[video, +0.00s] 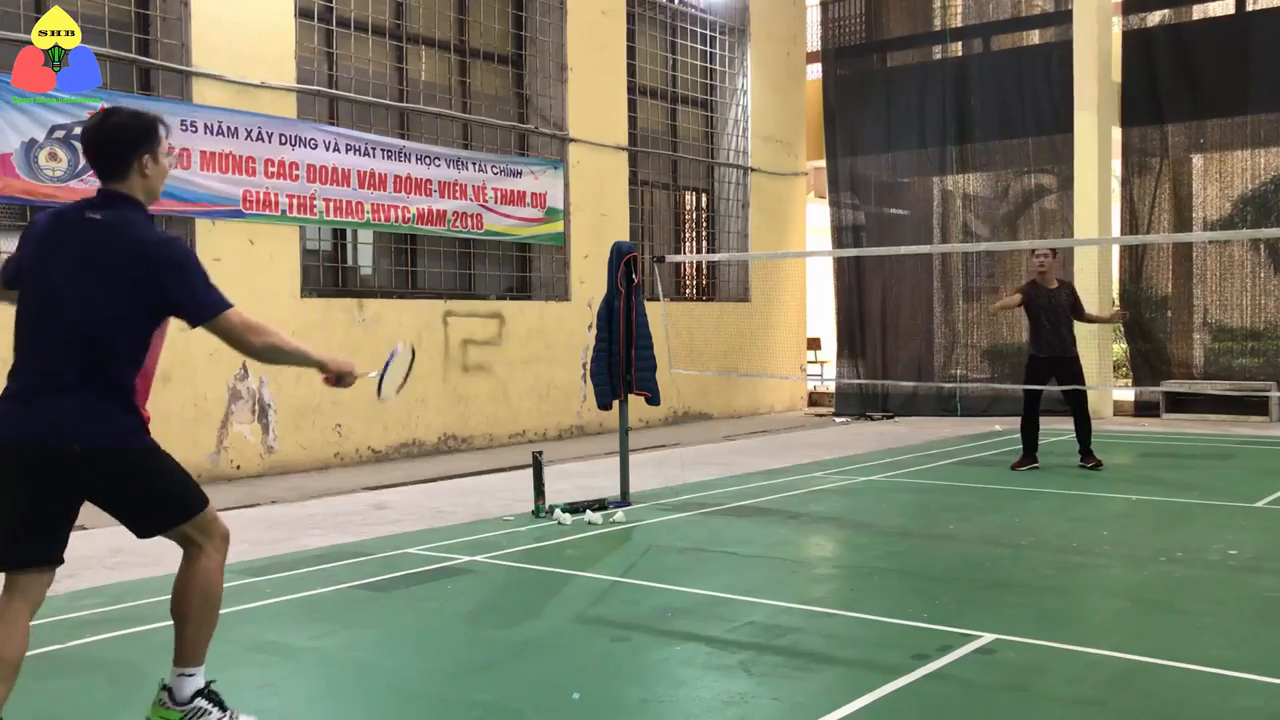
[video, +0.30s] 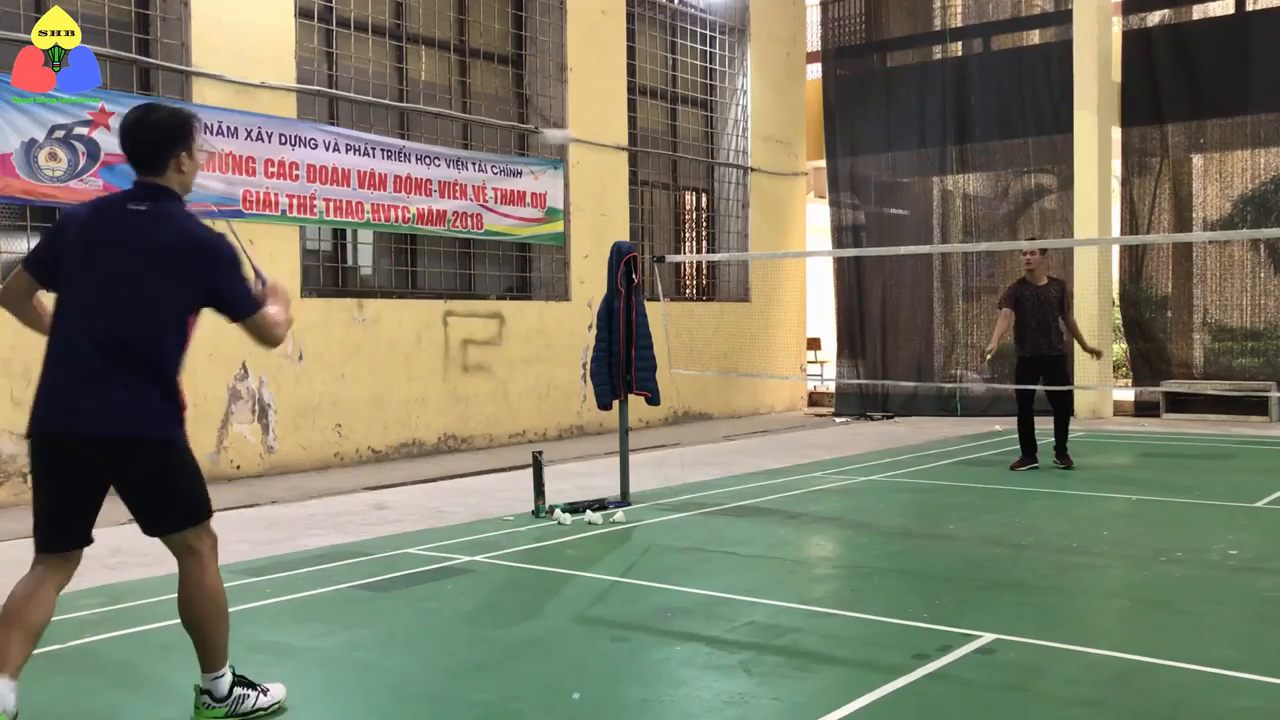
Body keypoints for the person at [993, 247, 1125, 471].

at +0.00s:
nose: (1040, 260)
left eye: (1045, 256)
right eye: (1037, 256)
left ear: (1055, 260)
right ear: (1033, 261)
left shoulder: (1067, 289)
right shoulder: (1029, 290)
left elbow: (1080, 316)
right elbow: (1014, 300)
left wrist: (1109, 318)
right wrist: (1002, 304)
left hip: (1067, 358)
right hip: (1039, 358)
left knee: (1080, 406)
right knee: (1030, 406)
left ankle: (1087, 454)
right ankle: (1029, 455)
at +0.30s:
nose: (1027, 258)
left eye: (1032, 253)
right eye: (1024, 254)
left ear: (1042, 256)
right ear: (1021, 258)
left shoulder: (1059, 287)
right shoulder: (1015, 290)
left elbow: (1069, 319)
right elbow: (1005, 317)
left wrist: (1085, 346)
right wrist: (994, 340)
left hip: (1055, 356)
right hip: (1027, 357)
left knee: (1062, 406)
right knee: (1024, 407)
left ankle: (1061, 453)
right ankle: (1028, 456)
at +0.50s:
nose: (1032, 257)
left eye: (1038, 253)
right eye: (1029, 253)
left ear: (1048, 256)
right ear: (1025, 257)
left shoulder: (1062, 287)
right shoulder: (1018, 288)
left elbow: (1069, 321)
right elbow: (996, 314)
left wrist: (1079, 350)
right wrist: (1011, 313)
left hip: (1056, 357)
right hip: (1028, 357)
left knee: (1057, 409)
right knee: (1025, 409)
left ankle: (1052, 456)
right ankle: (1028, 456)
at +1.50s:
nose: (1034, 257)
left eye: (1039, 253)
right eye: (1031, 253)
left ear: (1051, 256)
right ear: (1029, 257)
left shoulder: (1064, 287)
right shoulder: (1023, 287)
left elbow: (1074, 321)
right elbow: (1003, 306)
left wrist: (1087, 350)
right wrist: (1022, 284)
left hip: (1056, 357)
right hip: (1028, 356)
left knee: (1056, 409)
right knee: (1018, 405)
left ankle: (1052, 456)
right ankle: (1016, 455)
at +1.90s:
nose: (1031, 255)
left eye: (1036, 251)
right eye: (1028, 252)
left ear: (1045, 255)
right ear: (1024, 256)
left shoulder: (1056, 288)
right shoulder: (1016, 284)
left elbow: (1063, 322)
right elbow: (1009, 300)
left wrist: (1078, 349)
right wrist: (1008, 305)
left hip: (1050, 354)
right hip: (1022, 354)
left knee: (1060, 402)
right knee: (1016, 405)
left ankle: (1056, 450)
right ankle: (1016, 456)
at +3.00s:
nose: (1020, 257)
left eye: (1025, 253)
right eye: (1017, 254)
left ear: (1036, 258)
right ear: (1014, 260)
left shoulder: (1054, 285)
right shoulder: (1011, 291)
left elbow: (1069, 317)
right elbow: (1000, 316)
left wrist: (1087, 344)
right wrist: (998, 330)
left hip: (1056, 355)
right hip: (1028, 357)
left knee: (1062, 405)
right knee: (1026, 407)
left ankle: (1058, 453)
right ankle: (1029, 457)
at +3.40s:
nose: (1038, 257)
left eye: (1043, 253)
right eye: (1034, 253)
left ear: (1053, 257)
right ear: (1030, 258)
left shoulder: (1066, 287)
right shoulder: (1024, 287)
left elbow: (1074, 322)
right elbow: (1001, 314)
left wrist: (1083, 353)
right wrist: (1020, 304)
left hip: (1060, 356)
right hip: (1031, 356)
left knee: (1061, 408)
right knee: (1024, 405)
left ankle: (1056, 457)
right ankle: (1029, 455)